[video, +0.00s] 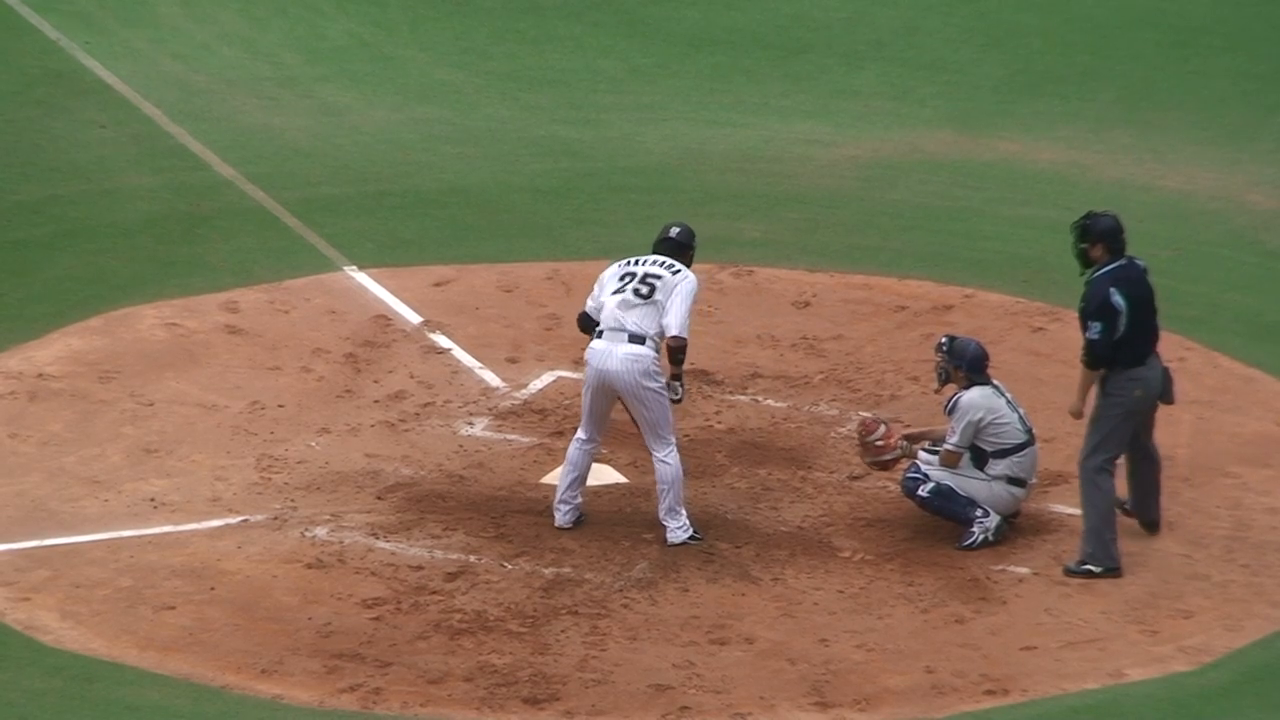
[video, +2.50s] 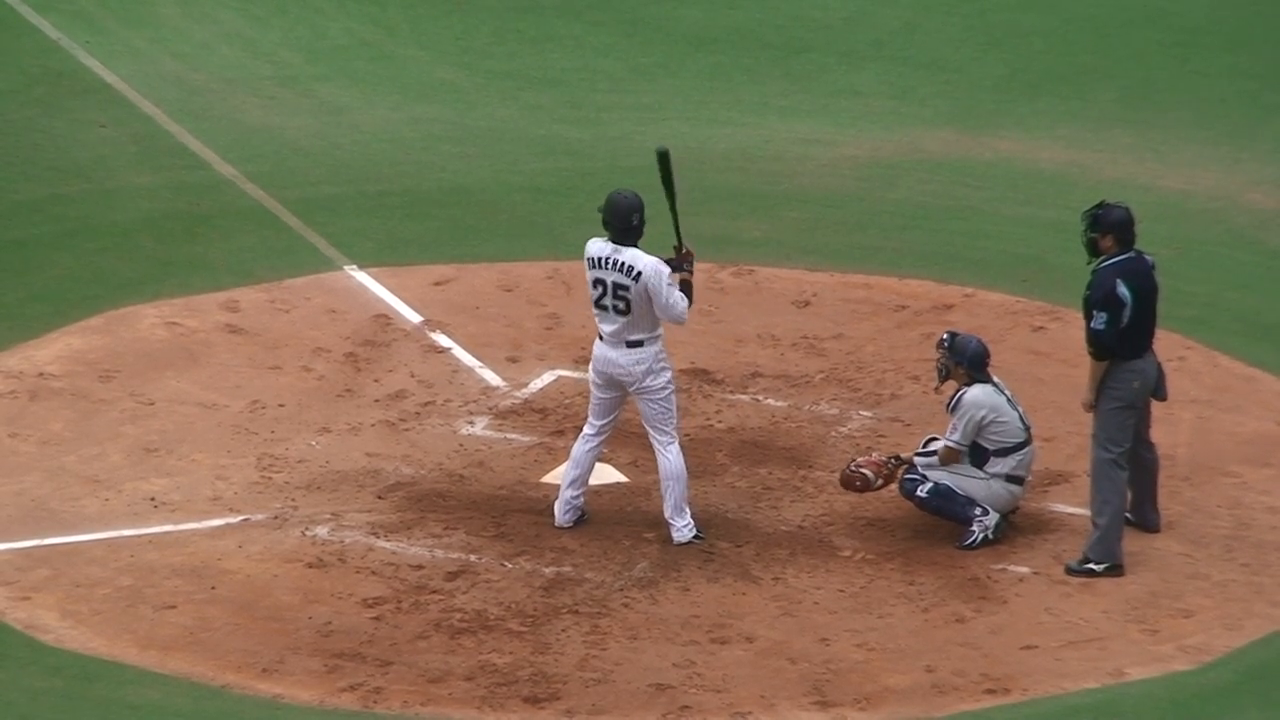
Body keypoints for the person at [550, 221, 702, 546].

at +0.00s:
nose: (691, 259)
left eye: (690, 254)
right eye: (691, 253)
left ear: (656, 246)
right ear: (687, 253)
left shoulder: (620, 265)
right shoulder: (684, 277)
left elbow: (586, 320)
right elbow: (675, 341)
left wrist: (615, 343)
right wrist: (676, 377)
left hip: (598, 351)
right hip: (639, 357)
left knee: (586, 436)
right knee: (663, 448)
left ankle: (564, 512)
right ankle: (677, 527)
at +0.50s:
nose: (672, 266)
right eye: (673, 262)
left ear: (639, 257)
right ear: (672, 261)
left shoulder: (616, 277)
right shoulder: (673, 278)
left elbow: (592, 332)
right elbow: (671, 335)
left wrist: (598, 382)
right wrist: (671, 376)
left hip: (594, 354)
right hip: (636, 357)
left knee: (587, 434)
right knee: (661, 445)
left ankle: (565, 511)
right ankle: (678, 526)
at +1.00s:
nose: (678, 260)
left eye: (679, 256)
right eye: (677, 256)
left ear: (642, 250)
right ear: (671, 254)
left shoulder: (607, 270)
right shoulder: (672, 273)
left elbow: (576, 329)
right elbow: (670, 333)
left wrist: (576, 373)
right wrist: (671, 373)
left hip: (594, 352)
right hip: (639, 354)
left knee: (586, 435)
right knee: (662, 444)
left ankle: (565, 511)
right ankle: (680, 526)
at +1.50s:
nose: (713, 247)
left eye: (714, 241)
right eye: (712, 241)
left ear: (679, 232)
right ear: (704, 240)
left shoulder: (639, 252)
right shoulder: (701, 275)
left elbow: (608, 304)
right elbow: (695, 342)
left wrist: (618, 336)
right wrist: (694, 372)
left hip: (619, 348)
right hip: (659, 357)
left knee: (598, 433)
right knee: (673, 443)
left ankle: (569, 507)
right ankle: (684, 528)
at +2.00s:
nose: (693, 232)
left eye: (692, 227)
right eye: (693, 227)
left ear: (659, 221)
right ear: (690, 230)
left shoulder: (635, 248)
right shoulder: (680, 269)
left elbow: (656, 306)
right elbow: (676, 326)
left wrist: (698, 326)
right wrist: (710, 342)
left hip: (614, 350)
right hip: (652, 359)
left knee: (597, 431)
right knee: (671, 441)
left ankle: (567, 510)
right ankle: (683, 527)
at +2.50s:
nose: (641, 223)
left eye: (607, 218)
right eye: (641, 218)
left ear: (607, 223)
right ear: (640, 224)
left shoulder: (593, 250)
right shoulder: (651, 269)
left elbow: (627, 267)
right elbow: (679, 312)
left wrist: (670, 265)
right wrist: (685, 274)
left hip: (605, 355)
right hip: (645, 360)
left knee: (593, 431)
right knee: (666, 441)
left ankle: (566, 509)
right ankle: (681, 526)